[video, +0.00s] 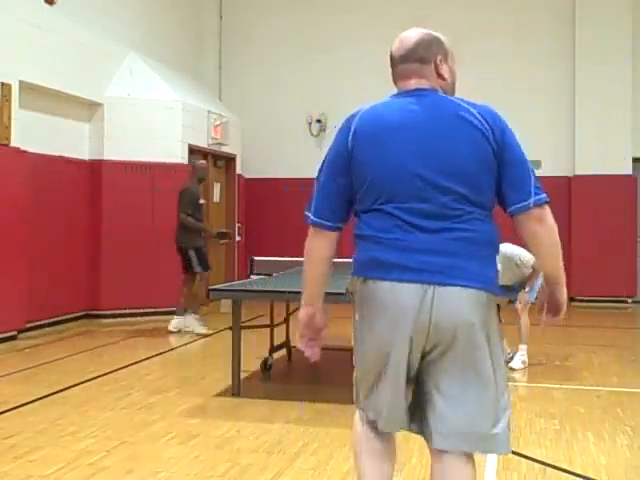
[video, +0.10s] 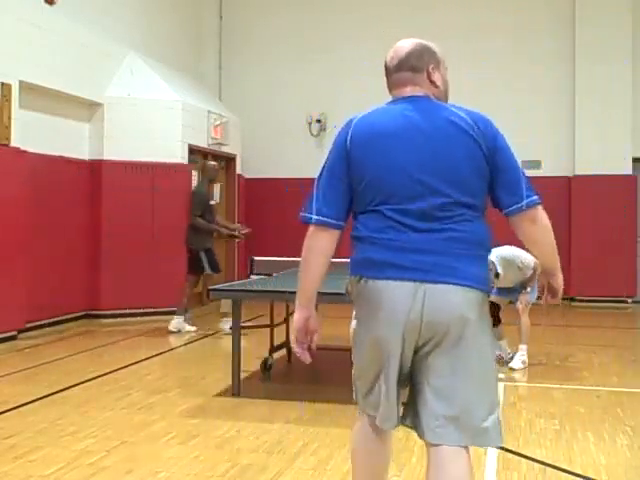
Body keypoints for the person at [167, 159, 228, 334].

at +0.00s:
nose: (206, 174)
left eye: (206, 170)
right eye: (204, 170)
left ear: (199, 172)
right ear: (197, 172)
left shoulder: (195, 191)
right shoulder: (189, 191)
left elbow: (194, 219)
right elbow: (183, 216)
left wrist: (212, 234)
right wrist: (205, 229)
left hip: (190, 240)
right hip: (189, 241)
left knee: (189, 278)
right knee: (201, 275)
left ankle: (179, 316)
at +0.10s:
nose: (218, 174)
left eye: (217, 170)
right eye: (215, 170)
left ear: (209, 174)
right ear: (207, 173)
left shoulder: (206, 191)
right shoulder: (200, 192)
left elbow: (212, 218)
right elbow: (194, 219)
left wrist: (232, 227)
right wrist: (218, 230)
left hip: (199, 242)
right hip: (199, 243)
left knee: (191, 279)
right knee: (214, 278)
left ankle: (179, 318)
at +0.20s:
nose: (229, 179)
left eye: (229, 176)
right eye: (228, 176)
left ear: (220, 176)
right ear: (220, 176)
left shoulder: (218, 195)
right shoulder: (211, 195)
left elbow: (225, 218)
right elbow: (206, 222)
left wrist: (247, 223)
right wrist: (228, 231)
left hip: (211, 244)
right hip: (210, 246)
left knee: (199, 283)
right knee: (229, 280)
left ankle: (181, 316)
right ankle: (238, 318)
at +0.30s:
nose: (243, 179)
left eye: (242, 176)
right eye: (241, 176)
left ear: (231, 178)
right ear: (234, 178)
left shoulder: (231, 197)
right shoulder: (225, 198)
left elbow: (239, 220)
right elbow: (224, 225)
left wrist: (262, 223)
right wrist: (248, 234)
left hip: (227, 246)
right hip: (224, 247)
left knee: (222, 283)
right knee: (237, 281)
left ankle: (190, 310)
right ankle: (241, 319)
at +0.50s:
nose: (266, 177)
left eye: (266, 173)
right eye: (264, 173)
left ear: (253, 173)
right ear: (257, 174)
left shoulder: (253, 191)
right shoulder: (249, 192)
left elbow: (256, 215)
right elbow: (252, 219)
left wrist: (271, 219)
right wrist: (272, 218)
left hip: (250, 244)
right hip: (246, 245)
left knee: (250, 281)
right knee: (247, 281)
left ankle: (247, 316)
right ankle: (244, 317)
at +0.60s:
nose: (277, 175)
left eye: (276, 171)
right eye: (275, 171)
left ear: (261, 172)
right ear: (270, 173)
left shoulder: (257, 189)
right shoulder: (262, 192)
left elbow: (264, 215)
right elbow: (269, 218)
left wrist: (278, 215)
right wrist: (282, 213)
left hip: (254, 244)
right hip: (261, 246)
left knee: (253, 282)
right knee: (260, 283)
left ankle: (249, 315)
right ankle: (256, 317)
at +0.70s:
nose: (287, 175)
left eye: (286, 172)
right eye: (285, 172)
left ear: (272, 173)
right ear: (281, 174)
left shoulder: (270, 189)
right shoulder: (272, 192)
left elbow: (277, 215)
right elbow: (280, 219)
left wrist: (287, 212)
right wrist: (292, 214)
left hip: (264, 246)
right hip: (270, 247)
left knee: (256, 283)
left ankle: (249, 317)